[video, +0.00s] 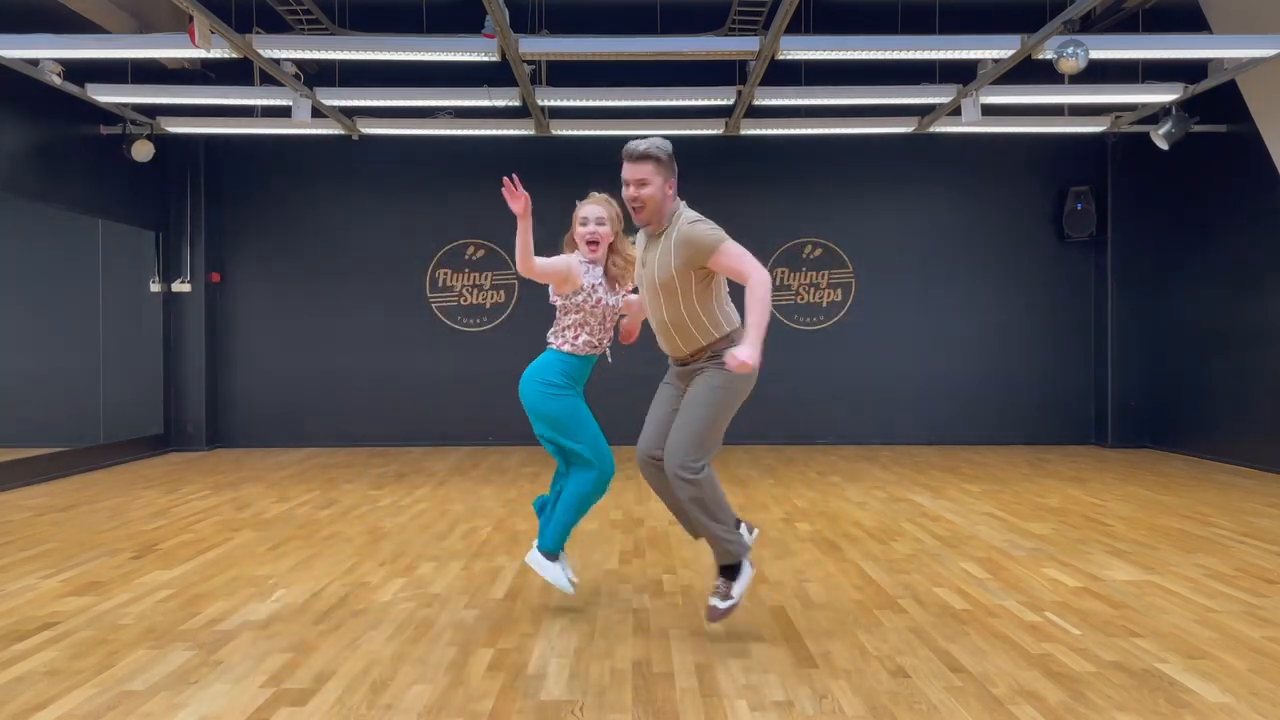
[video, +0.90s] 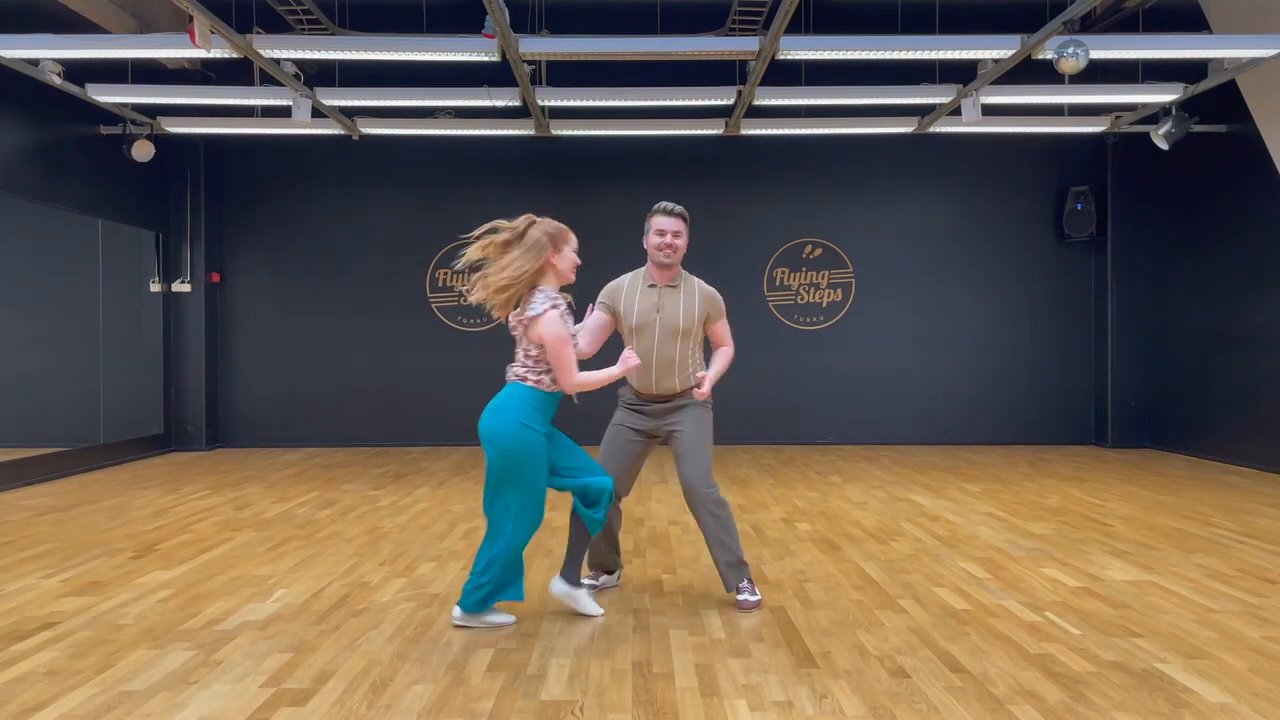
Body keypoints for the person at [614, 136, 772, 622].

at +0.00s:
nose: (632, 193)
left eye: (643, 183)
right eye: (626, 183)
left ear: (671, 185)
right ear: (622, 186)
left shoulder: (694, 233)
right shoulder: (645, 238)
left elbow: (758, 277)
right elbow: (662, 287)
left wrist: (751, 345)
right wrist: (636, 310)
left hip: (723, 362)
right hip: (681, 367)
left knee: (683, 462)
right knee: (650, 457)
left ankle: (734, 563)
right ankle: (729, 533)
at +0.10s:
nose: (642, 217)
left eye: (652, 207)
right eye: (634, 208)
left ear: (674, 207)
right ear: (626, 209)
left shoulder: (693, 260)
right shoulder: (637, 261)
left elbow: (740, 318)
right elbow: (634, 324)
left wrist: (703, 353)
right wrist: (583, 316)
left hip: (722, 382)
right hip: (676, 383)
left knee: (672, 478)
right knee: (646, 468)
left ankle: (675, 575)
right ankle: (691, 547)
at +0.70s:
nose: (687, 233)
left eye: (697, 227)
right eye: (680, 226)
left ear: (710, 236)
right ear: (668, 233)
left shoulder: (733, 290)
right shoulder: (646, 287)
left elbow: (756, 345)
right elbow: (592, 325)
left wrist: (718, 370)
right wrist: (528, 328)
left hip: (713, 400)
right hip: (659, 395)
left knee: (715, 484)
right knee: (616, 461)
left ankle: (740, 575)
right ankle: (644, 550)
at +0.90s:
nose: (668, 241)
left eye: (676, 235)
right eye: (660, 234)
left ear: (686, 243)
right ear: (645, 239)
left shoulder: (704, 296)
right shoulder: (617, 291)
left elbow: (724, 346)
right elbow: (584, 345)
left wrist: (711, 375)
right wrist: (538, 333)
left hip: (688, 407)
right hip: (633, 407)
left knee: (698, 486)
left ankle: (739, 579)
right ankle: (605, 568)